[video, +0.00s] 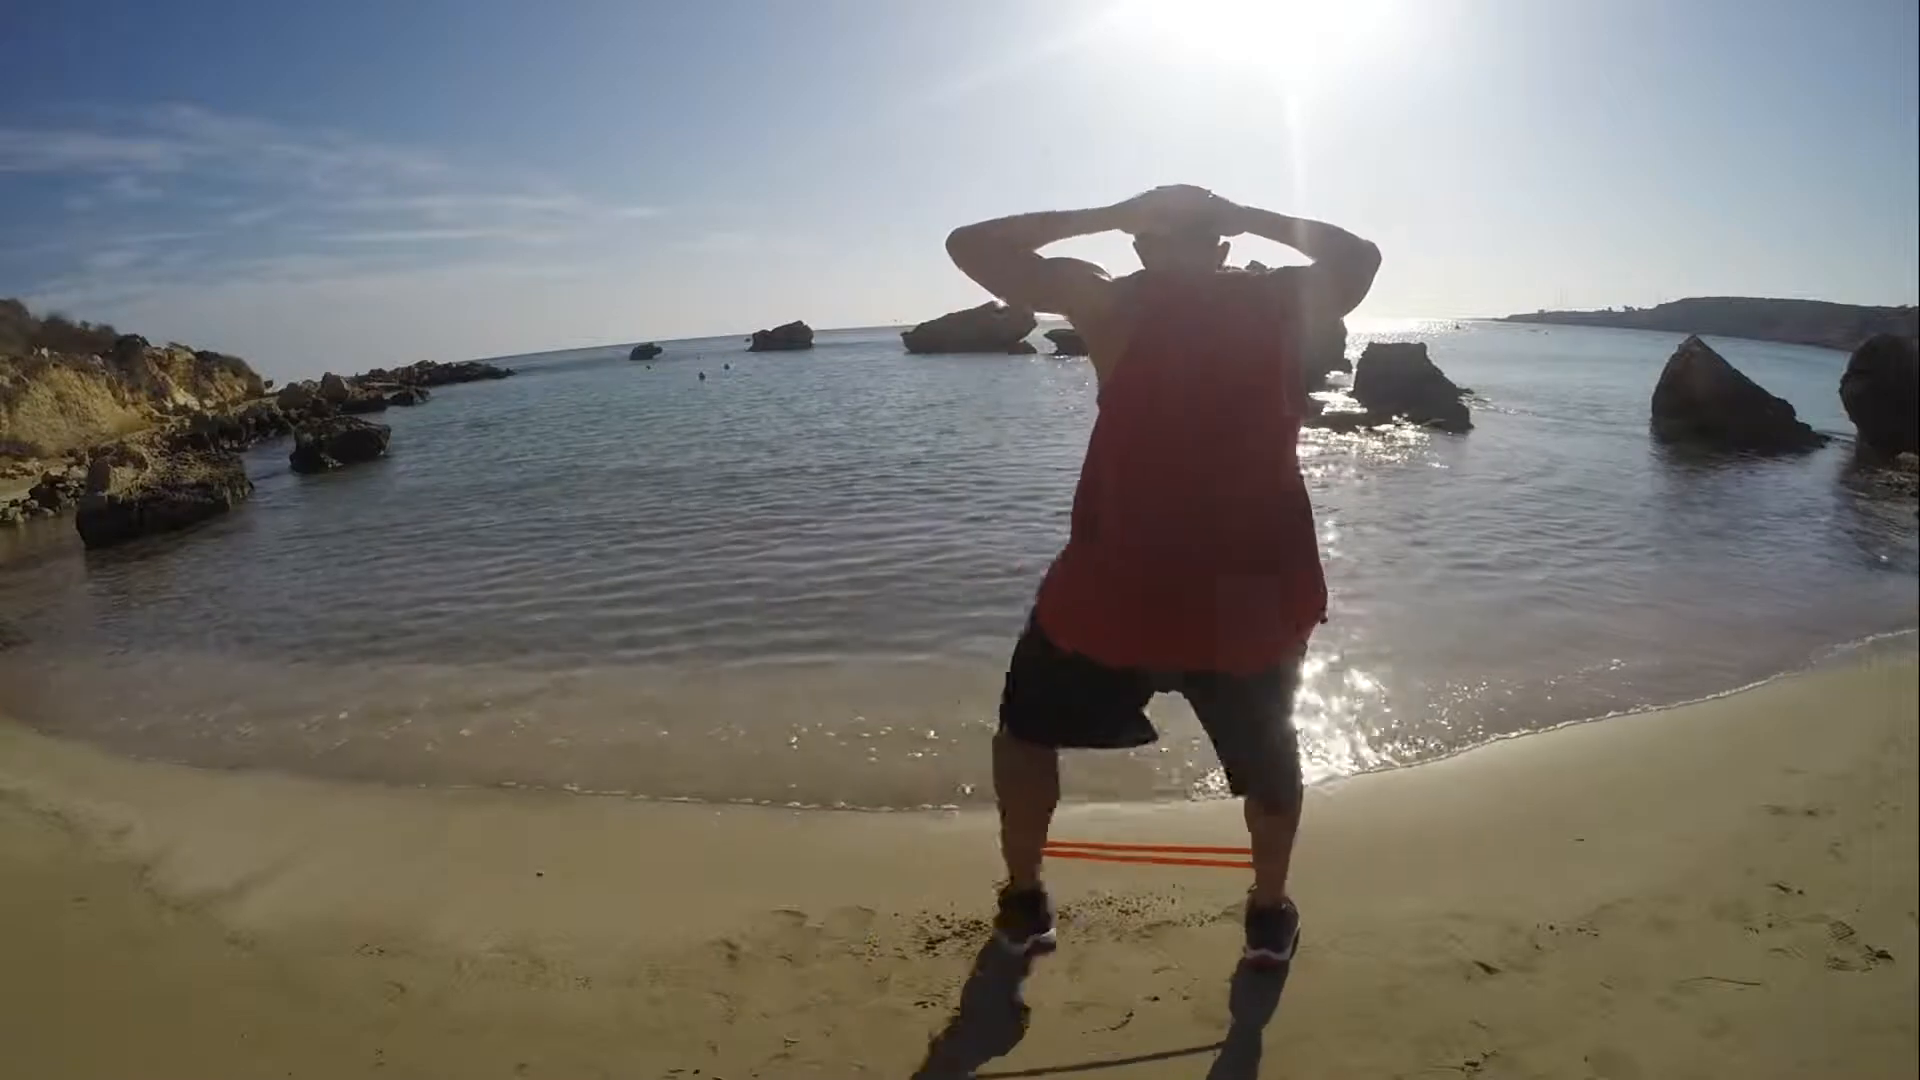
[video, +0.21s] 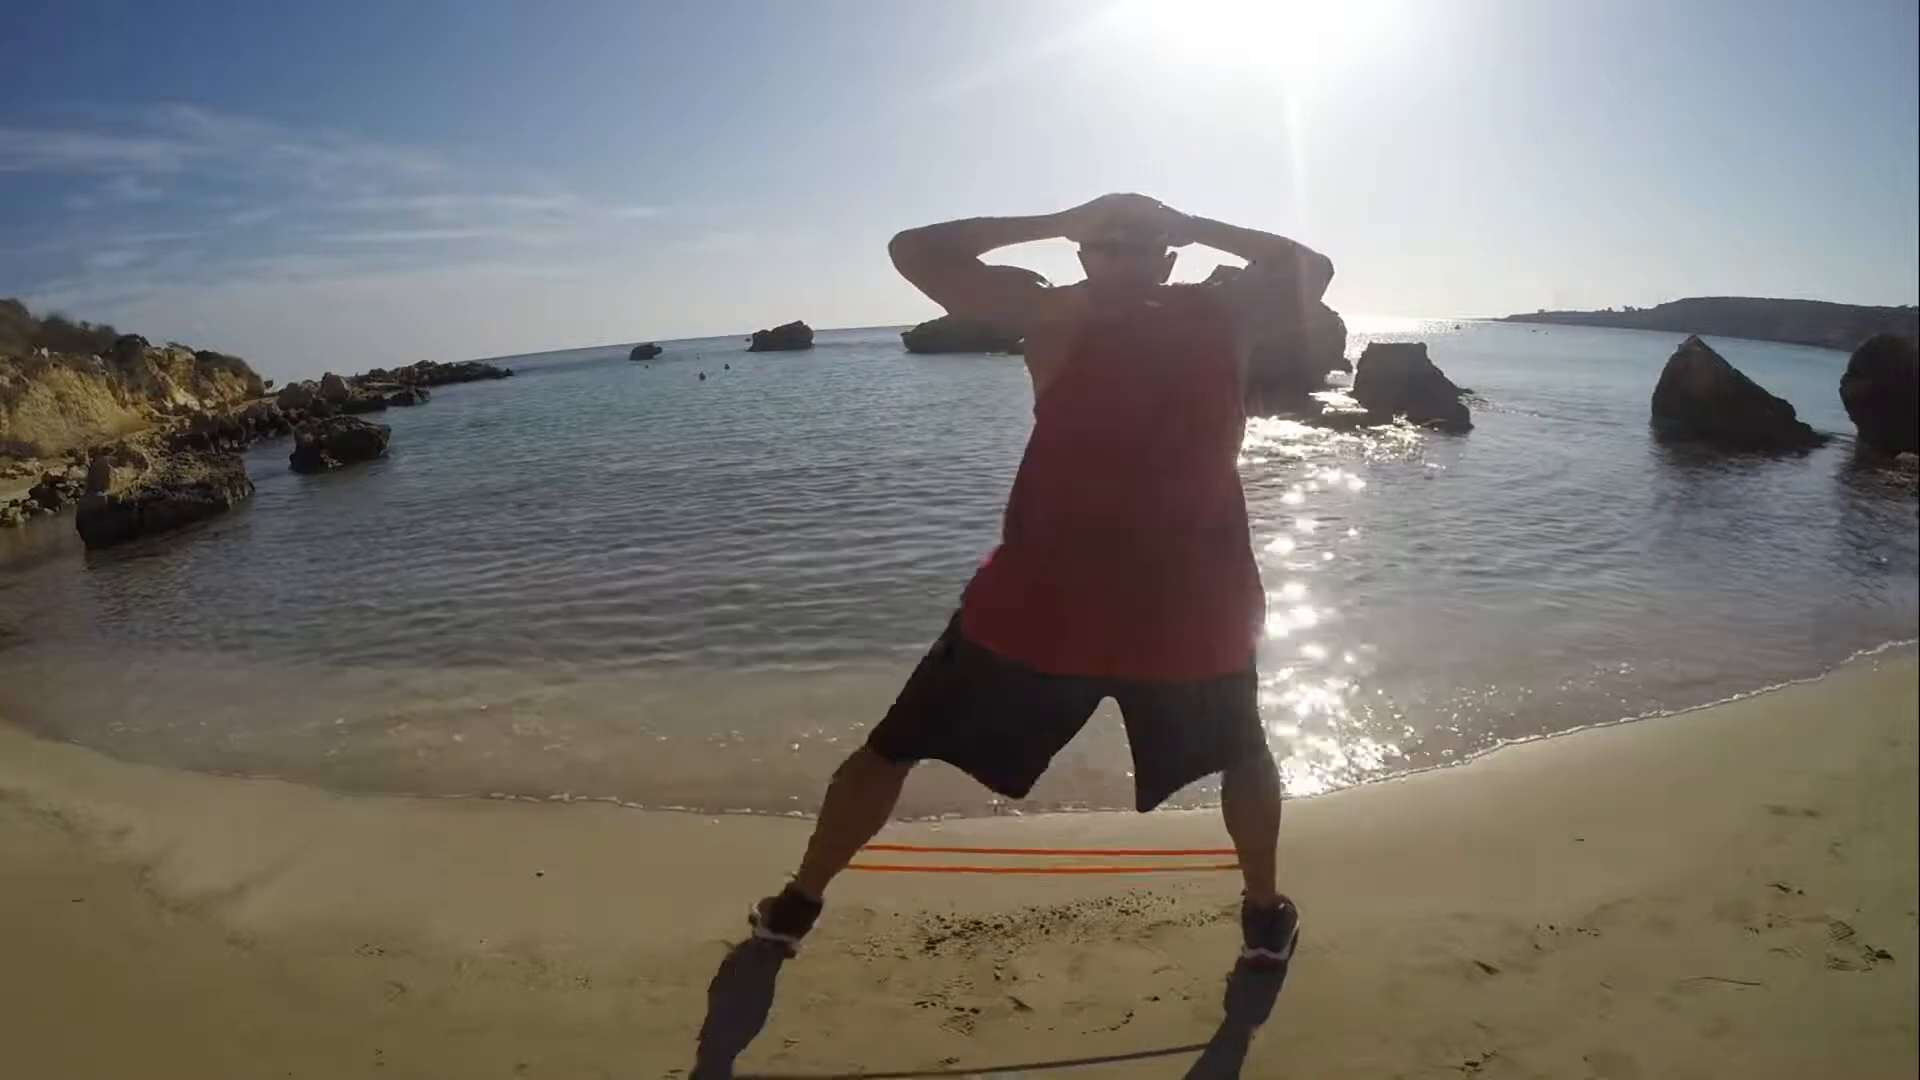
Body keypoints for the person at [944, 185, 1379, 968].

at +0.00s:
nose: (1146, 230)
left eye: (1146, 220)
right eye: (1154, 218)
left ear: (1142, 240)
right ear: (1220, 238)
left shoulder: (1111, 305)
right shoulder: (1284, 301)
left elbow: (970, 244)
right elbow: (1360, 255)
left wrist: (1105, 214)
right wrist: (1248, 216)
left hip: (1115, 577)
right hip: (1251, 587)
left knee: (1027, 725)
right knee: (1270, 757)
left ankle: (1022, 899)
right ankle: (1270, 910)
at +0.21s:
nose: (1117, 259)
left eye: (1118, 246)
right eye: (1114, 245)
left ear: (1085, 252)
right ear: (1167, 251)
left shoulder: (1050, 314)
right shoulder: (1223, 314)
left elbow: (914, 251)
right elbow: (1308, 263)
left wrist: (1053, 222)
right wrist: (1193, 227)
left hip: (1047, 584)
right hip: (1191, 596)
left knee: (893, 744)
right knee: (1243, 751)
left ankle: (799, 900)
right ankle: (1263, 912)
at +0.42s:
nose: (1016, 256)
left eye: (1005, 242)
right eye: (1017, 243)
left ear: (954, 258)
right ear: (1039, 260)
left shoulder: (906, 323)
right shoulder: (1087, 322)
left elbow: (782, 256)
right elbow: (1194, 279)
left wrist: (921, 228)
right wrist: (1067, 234)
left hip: (921, 609)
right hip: (1075, 604)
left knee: (810, 776)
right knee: (1190, 768)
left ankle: (761, 936)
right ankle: (1251, 906)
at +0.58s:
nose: (896, 219)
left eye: (884, 210)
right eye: (911, 210)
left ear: (851, 234)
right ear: (939, 236)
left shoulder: (800, 296)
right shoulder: (990, 295)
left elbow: (689, 236)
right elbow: (1104, 250)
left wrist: (820, 208)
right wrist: (970, 211)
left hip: (828, 599)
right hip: (985, 588)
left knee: (776, 774)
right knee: (1083, 751)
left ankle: (756, 939)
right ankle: (1112, 917)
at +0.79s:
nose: (852, 221)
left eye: (836, 211)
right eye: (861, 212)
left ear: (799, 231)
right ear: (892, 236)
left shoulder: (752, 295)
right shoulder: (942, 291)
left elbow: (644, 244)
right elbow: (1057, 237)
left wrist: (773, 209)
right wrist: (920, 203)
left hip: (776, 598)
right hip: (917, 598)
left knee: (748, 783)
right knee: (919, 768)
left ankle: (750, 939)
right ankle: (878, 924)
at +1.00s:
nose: (855, 235)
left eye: (830, 224)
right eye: (865, 226)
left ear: (797, 242)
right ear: (887, 244)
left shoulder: (750, 306)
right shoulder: (938, 296)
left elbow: (643, 257)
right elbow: (1053, 246)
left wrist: (768, 219)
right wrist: (914, 212)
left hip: (791, 598)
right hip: (936, 590)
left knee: (759, 783)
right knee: (987, 743)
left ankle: (754, 938)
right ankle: (959, 906)